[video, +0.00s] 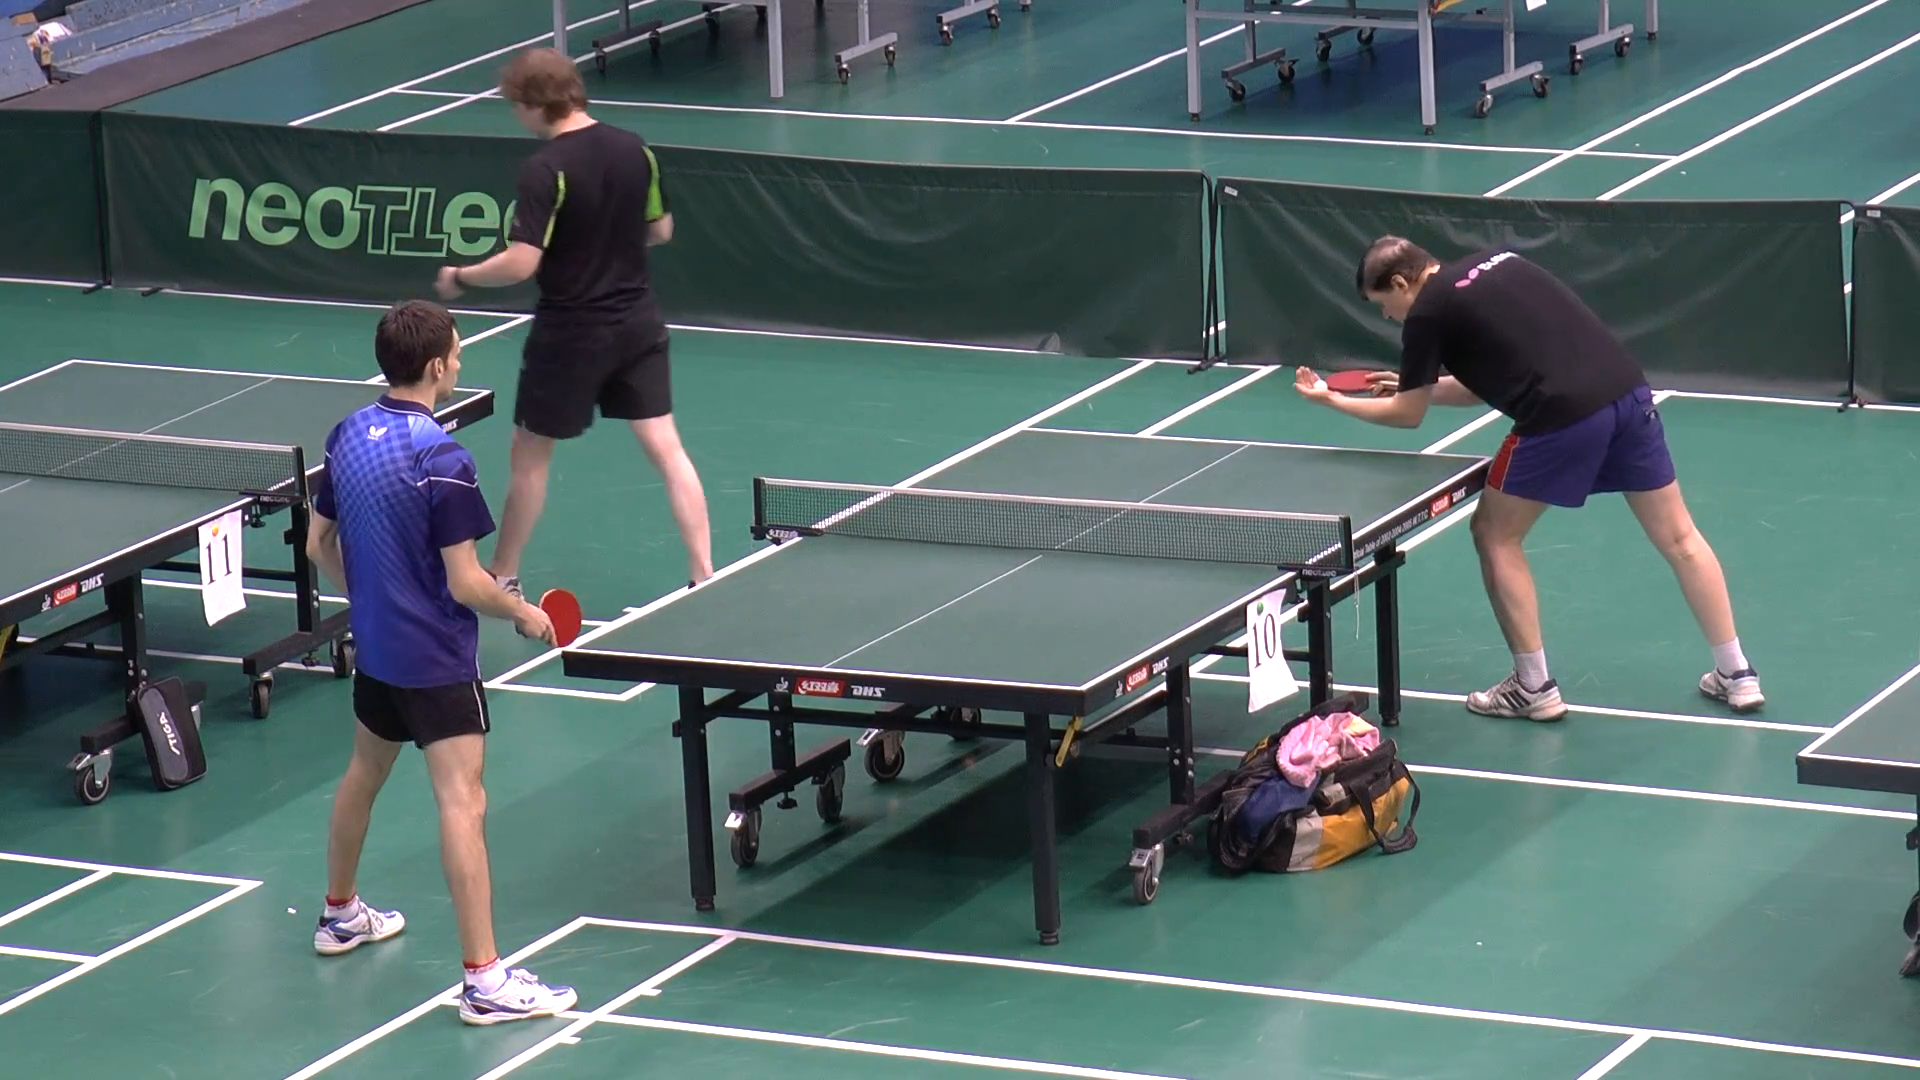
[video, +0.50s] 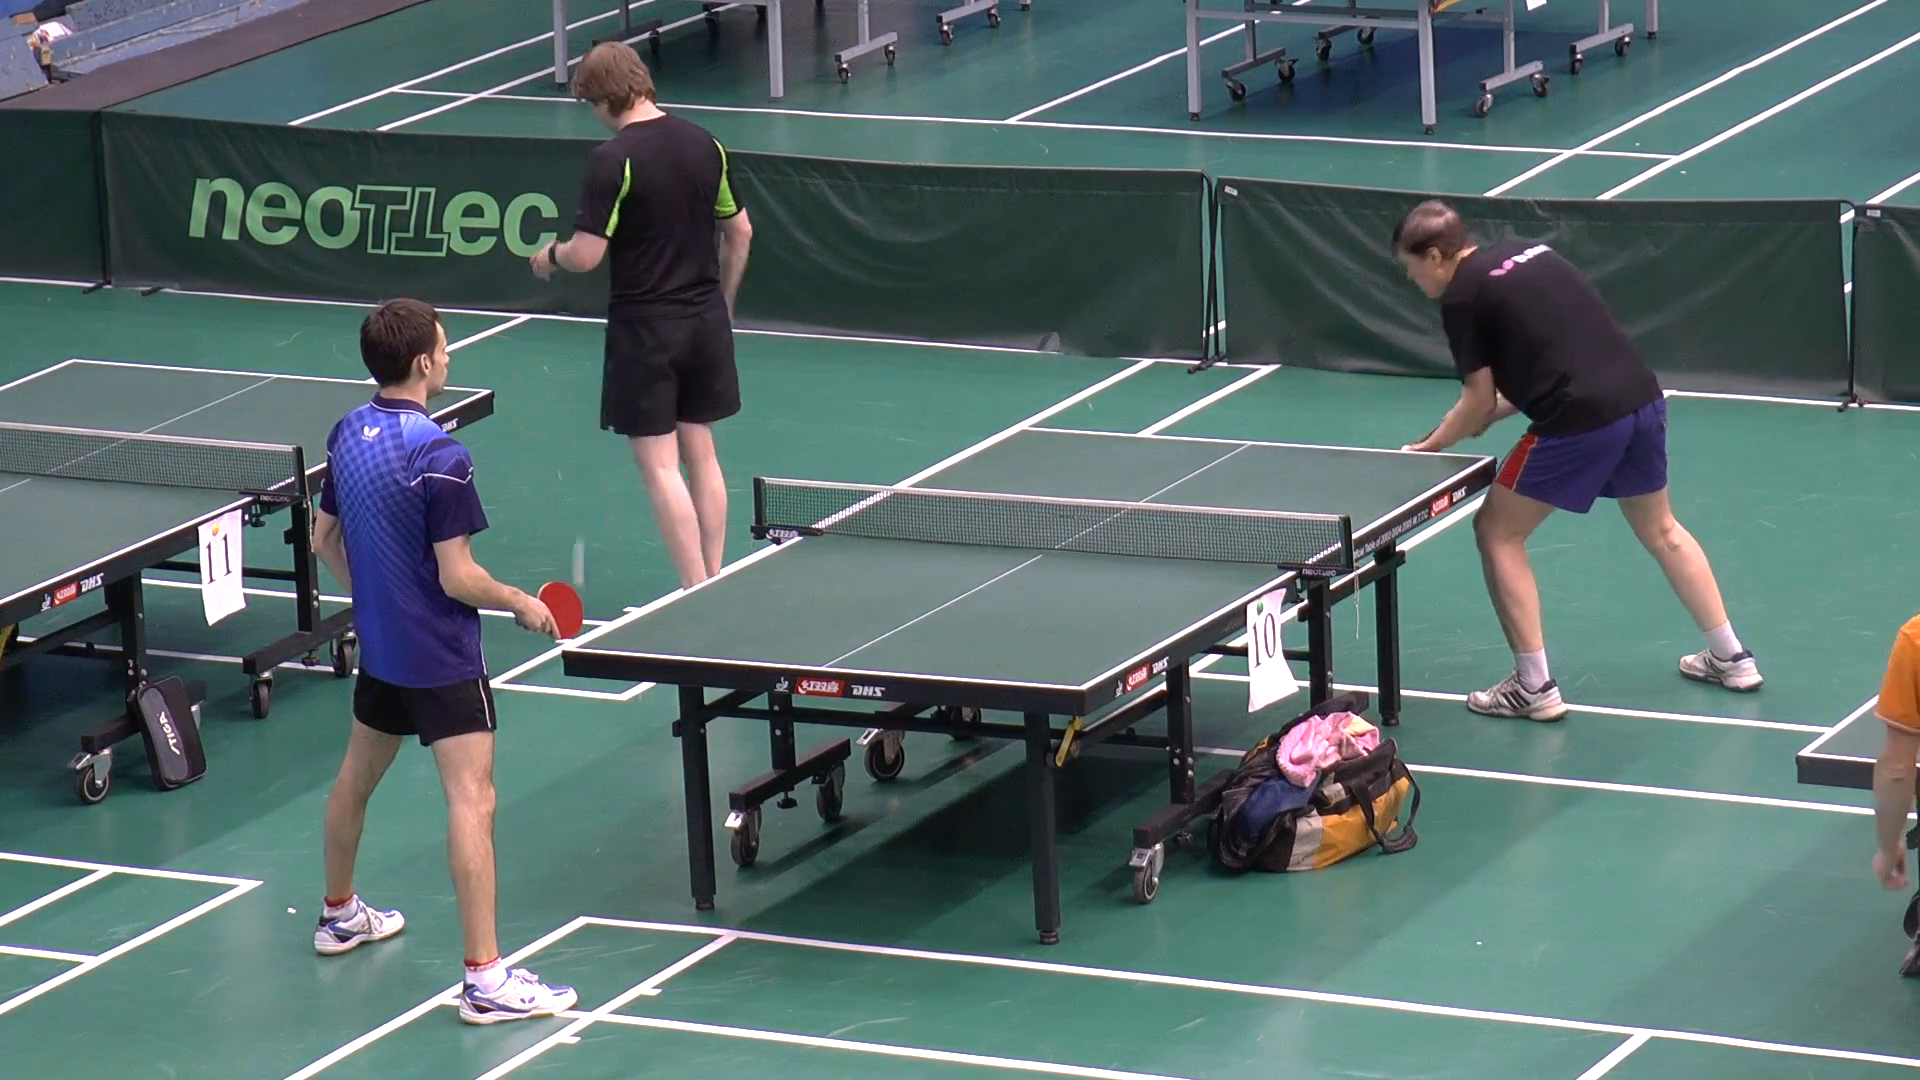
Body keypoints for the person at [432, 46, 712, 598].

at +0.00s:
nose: (517, 115)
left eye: (516, 105)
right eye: (514, 105)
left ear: (534, 104)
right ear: (572, 92)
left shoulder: (546, 167)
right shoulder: (634, 148)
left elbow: (522, 261)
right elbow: (660, 228)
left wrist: (460, 275)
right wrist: (603, 234)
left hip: (569, 336)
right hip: (639, 326)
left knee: (530, 460)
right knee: (668, 449)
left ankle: (502, 575)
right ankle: (705, 576)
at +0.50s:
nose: (592, 112)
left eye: (590, 103)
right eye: (590, 103)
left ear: (601, 100)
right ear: (644, 84)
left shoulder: (613, 157)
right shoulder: (704, 142)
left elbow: (586, 255)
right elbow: (738, 230)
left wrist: (552, 256)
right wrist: (722, 298)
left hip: (645, 331)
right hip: (705, 322)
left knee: (661, 468)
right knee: (702, 455)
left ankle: (697, 593)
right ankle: (714, 582)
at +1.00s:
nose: (581, 138)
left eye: (579, 127)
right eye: (576, 129)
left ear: (595, 121)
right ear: (633, 104)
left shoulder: (606, 186)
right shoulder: (700, 146)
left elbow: (580, 286)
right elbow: (763, 219)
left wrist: (547, 315)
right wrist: (741, 276)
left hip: (677, 333)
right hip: (740, 322)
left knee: (693, 478)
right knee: (729, 464)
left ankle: (704, 603)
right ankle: (722, 589)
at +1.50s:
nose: (598, 122)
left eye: (599, 111)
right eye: (595, 112)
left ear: (619, 106)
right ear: (654, 93)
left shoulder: (623, 167)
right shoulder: (713, 147)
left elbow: (624, 258)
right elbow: (763, 229)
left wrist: (626, 304)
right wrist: (717, 268)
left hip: (667, 339)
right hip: (724, 329)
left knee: (683, 476)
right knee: (710, 459)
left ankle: (704, 599)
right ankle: (740, 579)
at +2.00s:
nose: (587, 127)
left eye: (587, 116)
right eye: (584, 117)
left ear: (606, 111)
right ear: (641, 99)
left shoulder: (625, 167)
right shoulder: (700, 154)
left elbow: (613, 271)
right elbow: (721, 241)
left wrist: (587, 332)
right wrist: (654, 260)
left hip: (643, 336)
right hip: (705, 332)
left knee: (574, 446)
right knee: (707, 457)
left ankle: (575, 597)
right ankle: (742, 584)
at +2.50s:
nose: (448, 188)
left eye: (446, 176)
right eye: (442, 179)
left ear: (471, 162)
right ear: (493, 146)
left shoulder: (498, 215)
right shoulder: (573, 164)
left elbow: (489, 325)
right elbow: (632, 235)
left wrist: (451, 389)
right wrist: (565, 294)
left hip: (580, 339)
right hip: (645, 327)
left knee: (532, 463)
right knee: (648, 457)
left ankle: (532, 603)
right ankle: (712, 578)